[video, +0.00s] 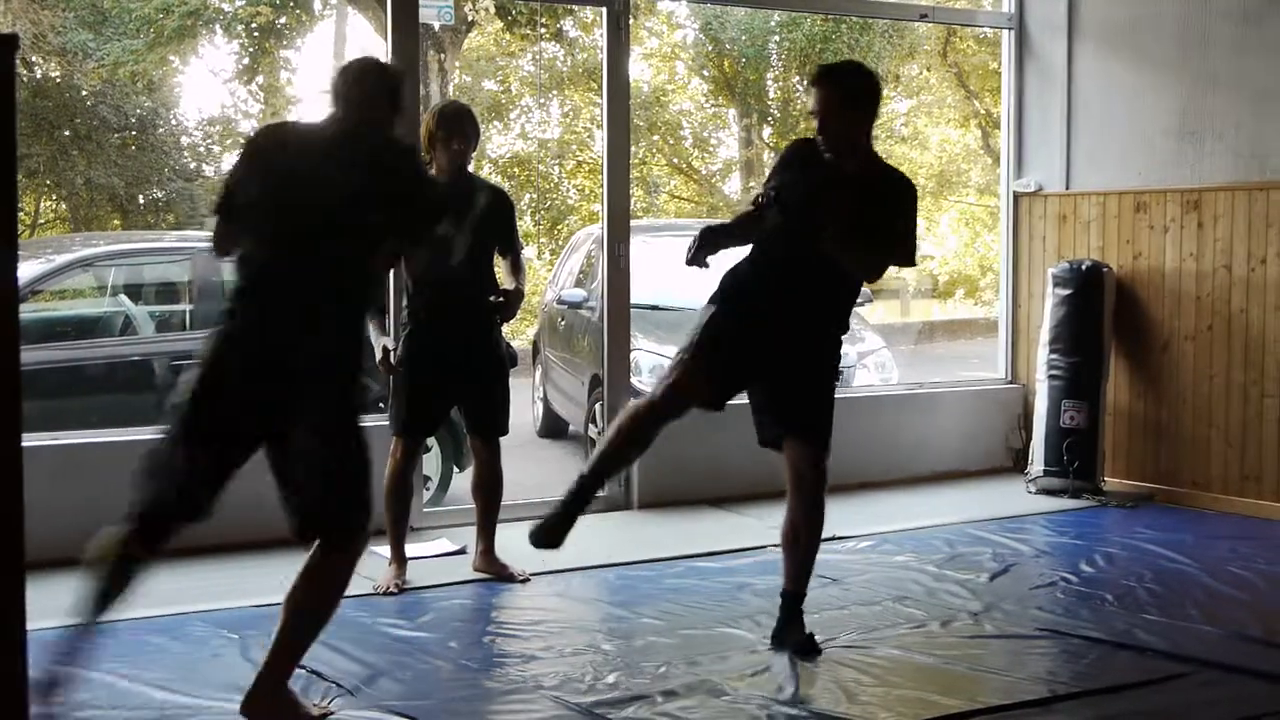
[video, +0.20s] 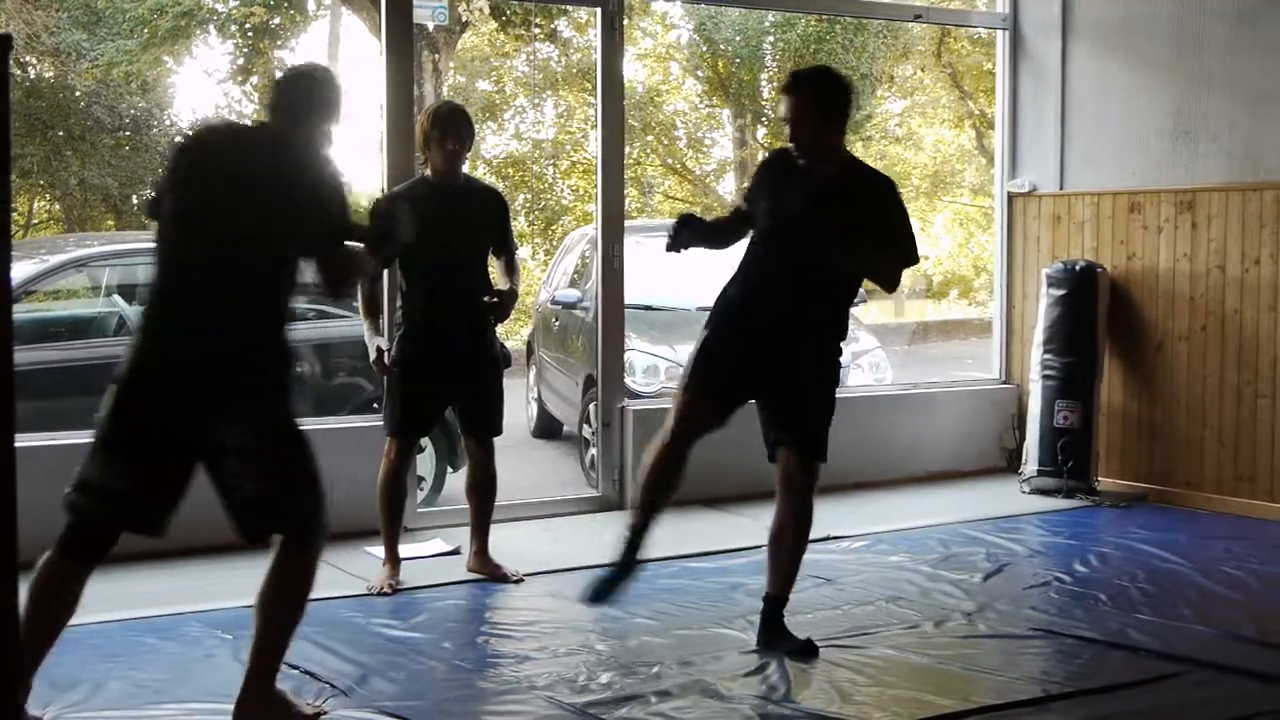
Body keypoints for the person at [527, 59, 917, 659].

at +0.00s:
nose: (818, 124)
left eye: (828, 114)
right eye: (816, 113)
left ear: (862, 114)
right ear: (817, 109)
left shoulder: (894, 189)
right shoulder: (801, 157)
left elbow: (882, 263)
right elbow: (762, 215)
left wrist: (831, 215)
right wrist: (719, 235)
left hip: (811, 338)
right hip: (745, 312)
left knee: (809, 482)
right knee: (665, 401)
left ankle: (791, 618)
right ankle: (575, 499)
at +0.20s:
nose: (788, 132)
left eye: (798, 121)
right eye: (785, 121)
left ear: (834, 119)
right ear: (790, 119)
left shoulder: (875, 191)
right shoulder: (777, 170)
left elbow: (889, 277)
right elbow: (734, 227)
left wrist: (837, 230)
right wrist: (698, 231)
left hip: (809, 348)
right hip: (739, 332)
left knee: (797, 484)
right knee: (678, 433)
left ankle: (773, 621)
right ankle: (627, 557)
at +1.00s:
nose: (722, 138)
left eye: (729, 125)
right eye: (719, 126)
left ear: (763, 121)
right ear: (737, 126)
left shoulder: (822, 170)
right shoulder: (744, 178)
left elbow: (875, 239)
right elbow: (721, 248)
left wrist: (813, 249)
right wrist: (719, 210)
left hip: (816, 341)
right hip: (761, 339)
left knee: (803, 468)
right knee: (773, 463)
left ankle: (826, 601)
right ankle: (802, 570)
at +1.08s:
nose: (723, 137)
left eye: (730, 124)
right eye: (721, 125)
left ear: (764, 121)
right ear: (740, 125)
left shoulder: (825, 169)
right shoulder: (747, 180)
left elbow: (882, 237)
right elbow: (730, 254)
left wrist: (815, 219)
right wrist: (714, 220)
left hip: (820, 340)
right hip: (763, 339)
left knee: (805, 469)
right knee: (762, 462)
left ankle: (825, 600)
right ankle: (797, 563)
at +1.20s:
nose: (726, 139)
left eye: (734, 125)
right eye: (725, 126)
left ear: (770, 121)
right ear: (750, 125)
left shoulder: (830, 170)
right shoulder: (751, 184)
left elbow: (873, 241)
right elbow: (741, 261)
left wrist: (801, 215)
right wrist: (716, 220)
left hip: (825, 344)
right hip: (766, 341)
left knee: (813, 475)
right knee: (726, 462)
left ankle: (827, 602)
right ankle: (776, 551)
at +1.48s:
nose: (721, 131)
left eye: (728, 120)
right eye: (720, 121)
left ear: (764, 115)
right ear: (741, 117)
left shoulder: (816, 174)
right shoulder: (729, 182)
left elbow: (835, 275)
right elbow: (712, 249)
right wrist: (718, 191)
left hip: (805, 349)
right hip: (740, 344)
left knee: (810, 480)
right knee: (681, 459)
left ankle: (826, 609)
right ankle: (654, 603)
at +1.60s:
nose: (702, 139)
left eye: (710, 127)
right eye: (700, 128)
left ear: (747, 119)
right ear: (710, 126)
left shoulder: (797, 174)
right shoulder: (715, 185)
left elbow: (817, 267)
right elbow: (683, 253)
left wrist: (750, 216)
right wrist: (675, 204)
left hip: (783, 354)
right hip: (718, 352)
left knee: (797, 484)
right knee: (667, 478)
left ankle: (821, 609)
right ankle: (635, 621)